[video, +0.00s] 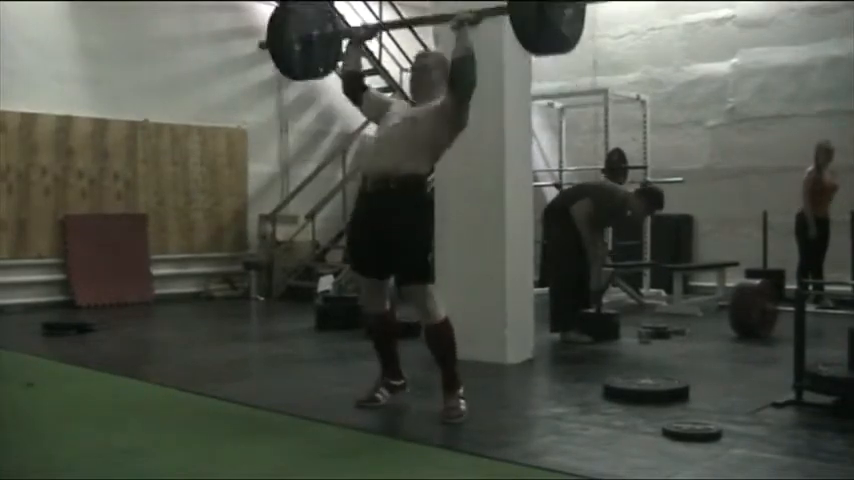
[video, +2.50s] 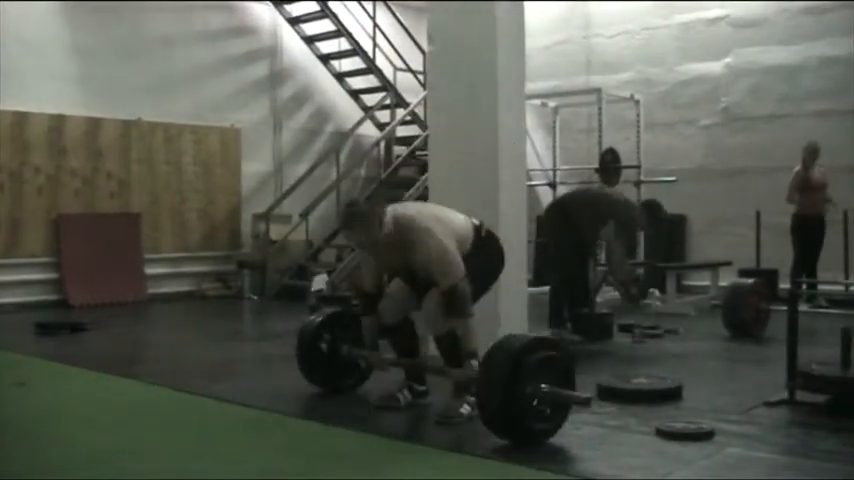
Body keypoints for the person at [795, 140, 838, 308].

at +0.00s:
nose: (827, 159)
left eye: (829, 155)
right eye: (825, 155)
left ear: (830, 157)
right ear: (818, 155)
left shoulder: (827, 174)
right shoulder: (812, 174)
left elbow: (824, 200)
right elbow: (807, 201)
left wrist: (832, 190)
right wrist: (811, 224)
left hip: (821, 220)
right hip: (808, 219)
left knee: (818, 259)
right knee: (806, 258)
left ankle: (819, 294)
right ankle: (802, 293)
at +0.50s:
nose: (827, 158)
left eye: (829, 154)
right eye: (824, 154)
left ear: (831, 156)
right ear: (817, 155)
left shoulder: (830, 173)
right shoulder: (812, 173)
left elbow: (827, 198)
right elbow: (806, 200)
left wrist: (833, 188)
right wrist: (811, 224)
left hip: (822, 219)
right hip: (807, 218)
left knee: (818, 258)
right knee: (806, 258)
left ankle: (819, 294)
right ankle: (802, 293)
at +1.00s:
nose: (826, 157)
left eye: (828, 154)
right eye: (823, 154)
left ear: (831, 156)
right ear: (817, 154)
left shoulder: (830, 173)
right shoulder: (811, 173)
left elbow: (829, 194)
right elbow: (805, 200)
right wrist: (810, 224)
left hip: (821, 219)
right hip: (807, 218)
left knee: (817, 259)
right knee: (805, 258)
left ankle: (819, 294)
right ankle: (801, 293)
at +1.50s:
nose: (820, 158)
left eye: (822, 155)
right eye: (817, 154)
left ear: (823, 156)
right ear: (810, 155)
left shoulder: (822, 173)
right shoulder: (805, 173)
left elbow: (819, 196)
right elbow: (799, 200)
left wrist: (825, 187)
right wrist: (803, 224)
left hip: (813, 219)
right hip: (800, 218)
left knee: (810, 259)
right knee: (798, 258)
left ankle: (811, 294)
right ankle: (794, 293)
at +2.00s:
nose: (814, 158)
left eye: (817, 155)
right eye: (812, 154)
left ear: (820, 156)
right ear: (806, 155)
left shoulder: (819, 173)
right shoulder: (801, 173)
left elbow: (818, 196)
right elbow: (795, 200)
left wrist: (823, 187)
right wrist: (805, 218)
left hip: (814, 219)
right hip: (799, 219)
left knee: (810, 259)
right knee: (798, 258)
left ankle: (811, 294)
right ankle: (794, 293)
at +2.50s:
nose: (811, 158)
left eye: (814, 155)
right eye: (809, 155)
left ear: (817, 156)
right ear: (804, 155)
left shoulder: (820, 173)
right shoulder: (799, 173)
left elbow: (822, 195)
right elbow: (790, 197)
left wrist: (827, 199)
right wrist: (807, 200)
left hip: (817, 218)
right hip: (801, 218)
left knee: (812, 259)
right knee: (800, 257)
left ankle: (812, 295)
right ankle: (794, 294)